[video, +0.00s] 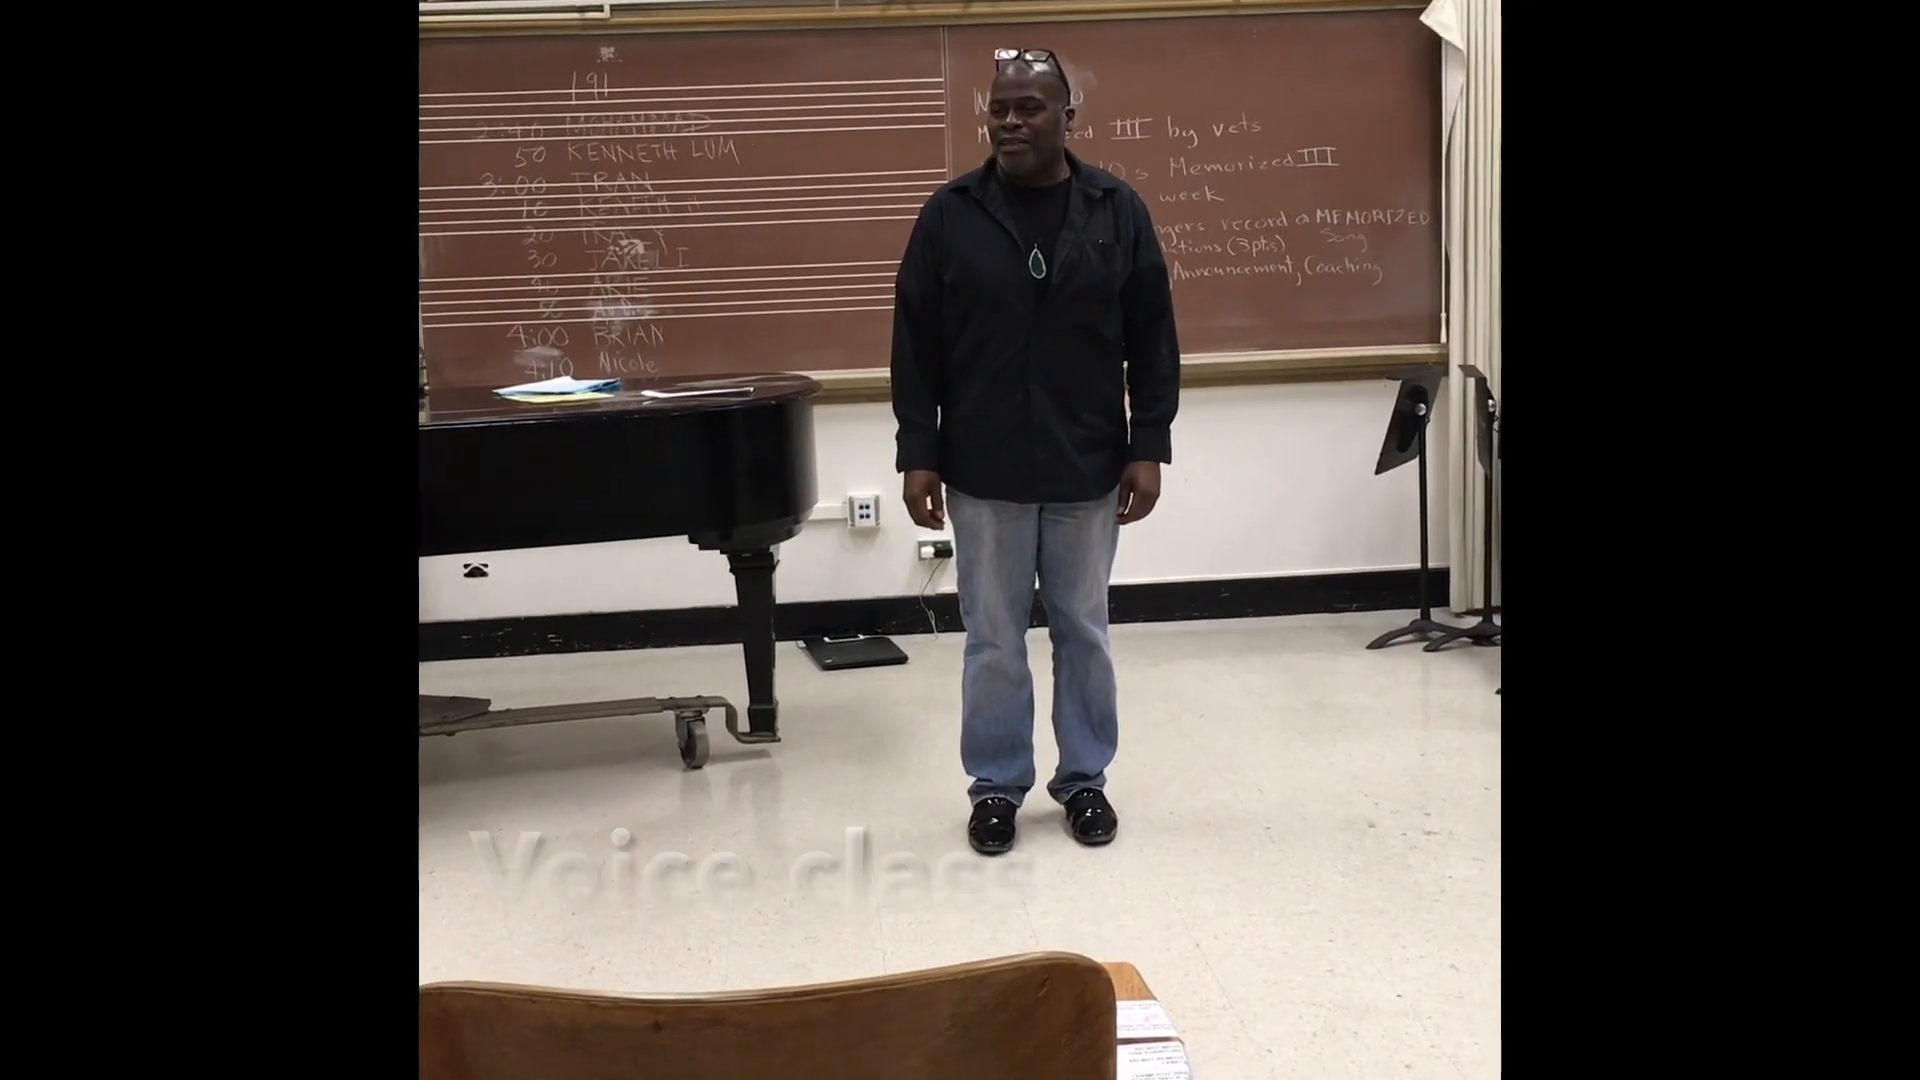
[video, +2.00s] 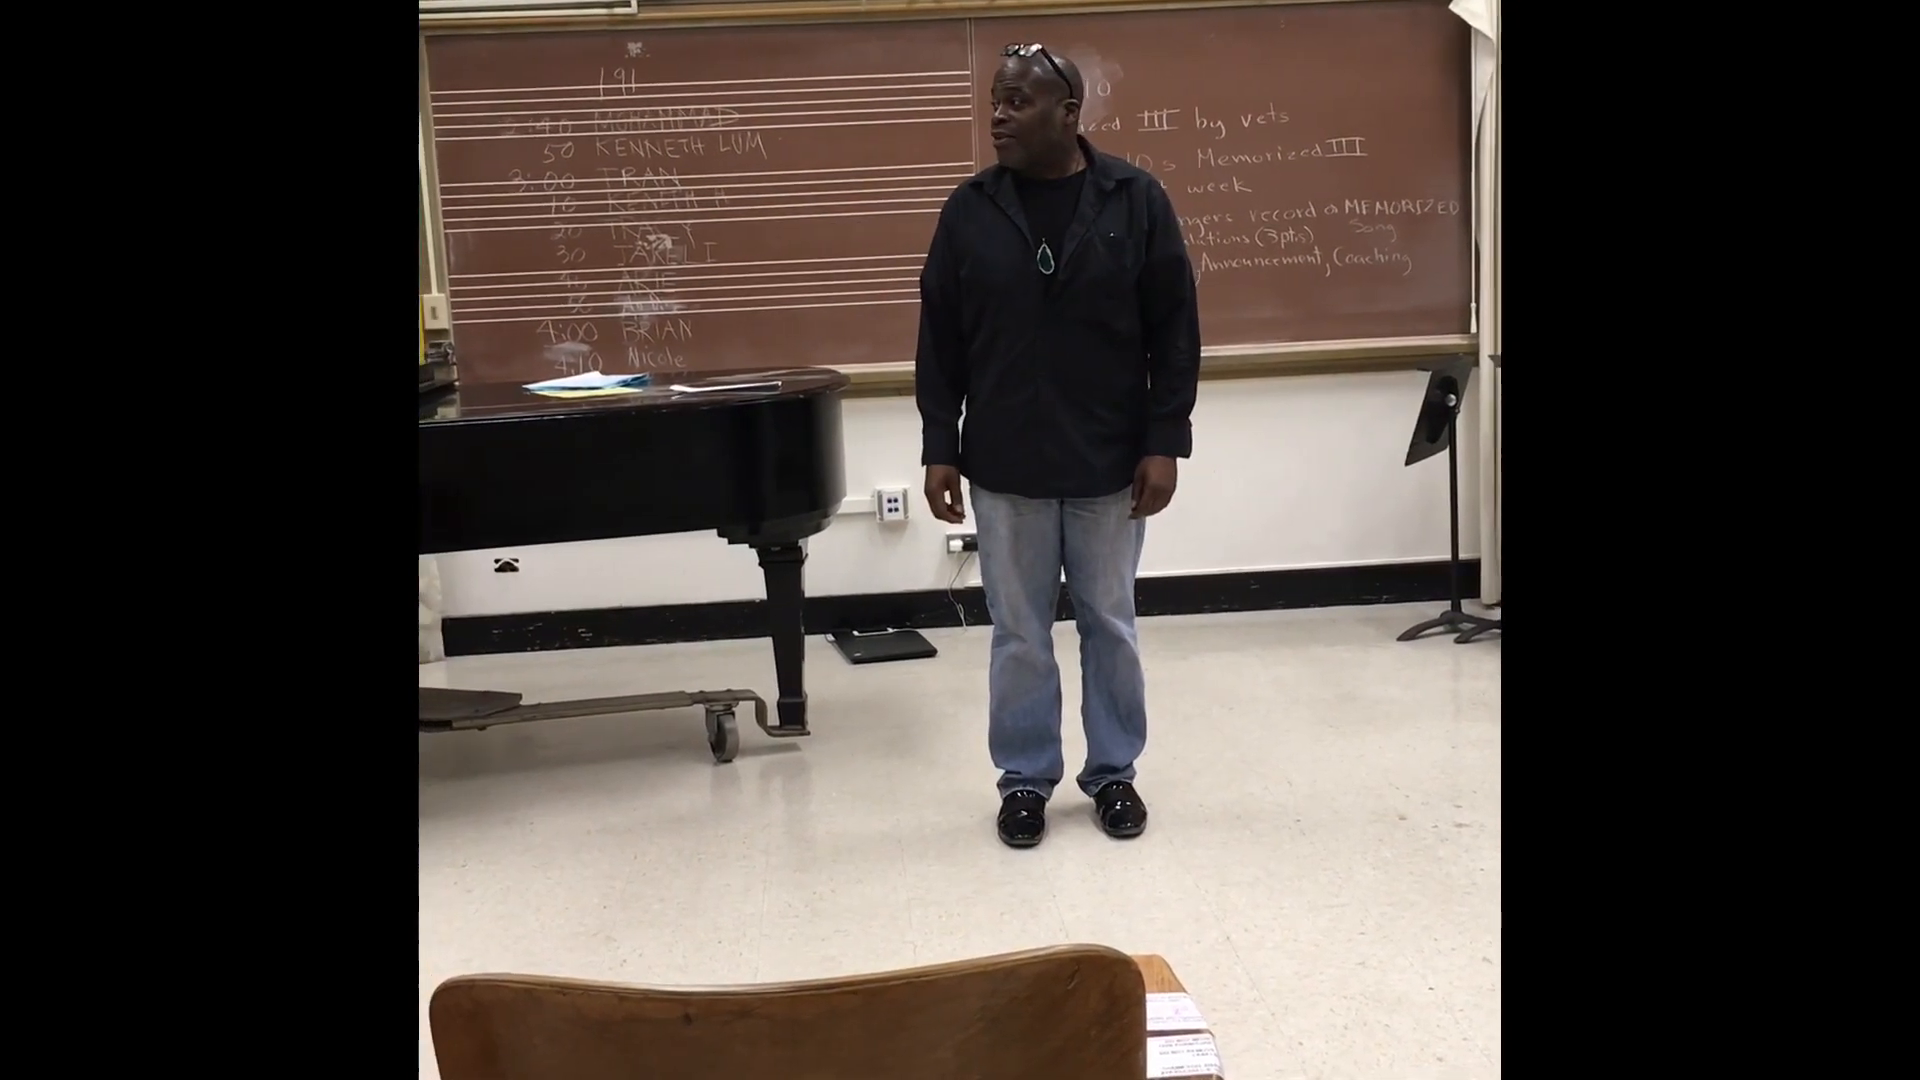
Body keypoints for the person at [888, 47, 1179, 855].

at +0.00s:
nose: (1009, 123)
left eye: (1027, 109)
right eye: (998, 109)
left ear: (1067, 117)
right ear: (985, 116)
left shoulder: (1116, 210)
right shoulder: (949, 214)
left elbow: (1153, 337)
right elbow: (915, 342)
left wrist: (1148, 448)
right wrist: (918, 455)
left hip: (1087, 459)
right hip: (983, 462)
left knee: (1083, 630)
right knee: (993, 637)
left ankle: (1084, 780)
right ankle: (994, 785)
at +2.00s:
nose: (999, 116)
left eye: (1017, 101)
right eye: (995, 102)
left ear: (1069, 112)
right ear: (991, 111)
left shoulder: (1136, 200)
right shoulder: (968, 210)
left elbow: (1174, 330)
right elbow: (939, 337)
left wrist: (1165, 445)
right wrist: (939, 451)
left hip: (1109, 454)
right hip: (1005, 457)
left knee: (1110, 625)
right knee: (1019, 631)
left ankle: (1114, 772)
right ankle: (1023, 780)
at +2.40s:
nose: (1007, 117)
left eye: (1025, 102)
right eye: (1004, 103)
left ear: (1078, 112)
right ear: (999, 111)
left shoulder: (1144, 201)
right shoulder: (978, 210)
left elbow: (1183, 331)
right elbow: (948, 338)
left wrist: (1173, 446)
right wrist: (948, 451)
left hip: (1118, 455)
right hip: (1013, 458)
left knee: (1120, 626)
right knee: (1028, 633)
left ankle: (1123, 773)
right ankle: (1033, 780)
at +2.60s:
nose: (1010, 118)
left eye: (1028, 104)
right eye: (1006, 104)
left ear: (1079, 113)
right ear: (1001, 113)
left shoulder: (1146, 202)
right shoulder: (980, 212)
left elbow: (1184, 332)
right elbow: (950, 339)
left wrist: (1175, 447)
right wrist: (950, 453)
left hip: (1119, 456)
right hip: (1015, 459)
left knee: (1121, 626)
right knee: (1030, 634)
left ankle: (1125, 774)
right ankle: (1035, 782)